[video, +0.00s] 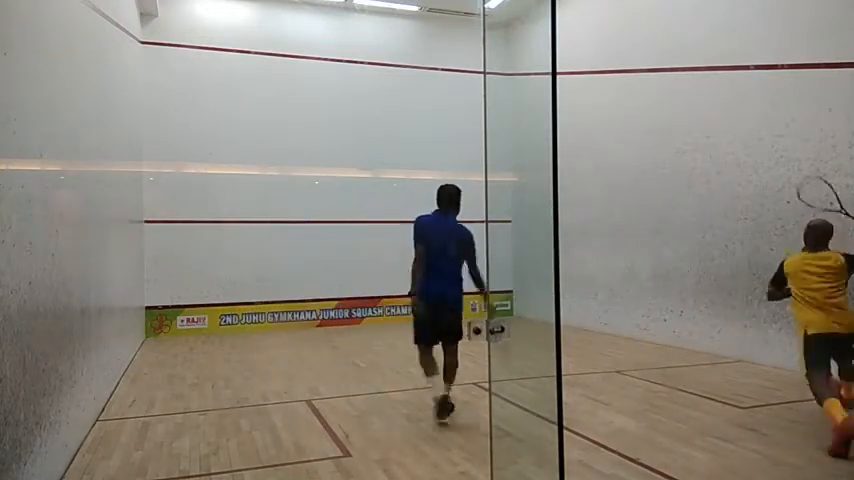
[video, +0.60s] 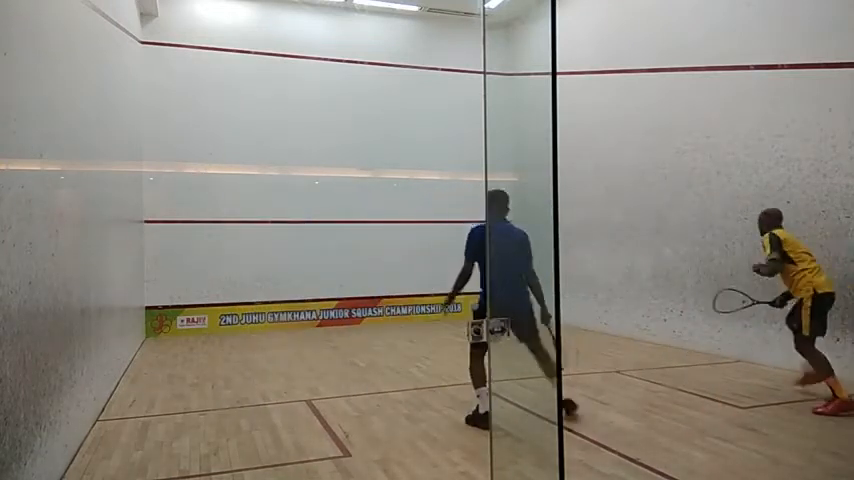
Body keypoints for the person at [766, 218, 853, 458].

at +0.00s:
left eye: (806, 237)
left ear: (804, 239)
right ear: (829, 241)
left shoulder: (791, 264)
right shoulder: (842, 261)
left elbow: (773, 293)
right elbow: (853, 262)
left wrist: (797, 289)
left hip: (815, 333)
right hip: (845, 330)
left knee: (819, 382)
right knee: (847, 366)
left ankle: (841, 422)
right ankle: (847, 400)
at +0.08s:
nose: (806, 243)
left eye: (807, 240)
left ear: (807, 244)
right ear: (830, 246)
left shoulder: (792, 268)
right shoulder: (842, 269)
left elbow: (781, 302)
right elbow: (842, 290)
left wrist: (803, 294)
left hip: (817, 332)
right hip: (845, 330)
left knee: (817, 374)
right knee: (839, 353)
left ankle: (834, 408)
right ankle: (846, 393)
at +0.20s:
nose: (803, 245)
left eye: (804, 243)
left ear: (803, 246)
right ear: (825, 249)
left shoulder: (795, 266)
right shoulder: (832, 266)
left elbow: (786, 301)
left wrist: (806, 293)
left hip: (821, 321)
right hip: (847, 319)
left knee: (803, 365)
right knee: (835, 347)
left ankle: (824, 408)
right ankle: (843, 392)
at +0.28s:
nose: (793, 244)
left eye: (794, 241)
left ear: (795, 242)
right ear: (815, 245)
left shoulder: (795, 259)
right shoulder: (822, 260)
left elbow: (790, 296)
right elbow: (808, 282)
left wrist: (785, 281)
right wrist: (784, 282)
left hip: (824, 309)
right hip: (848, 306)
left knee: (797, 354)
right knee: (837, 343)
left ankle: (808, 400)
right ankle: (843, 390)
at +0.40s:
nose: (780, 232)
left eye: (782, 229)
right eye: (781, 229)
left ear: (786, 232)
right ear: (800, 232)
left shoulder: (789, 247)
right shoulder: (810, 249)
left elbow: (792, 285)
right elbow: (795, 288)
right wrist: (770, 303)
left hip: (824, 296)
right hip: (846, 295)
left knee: (794, 341)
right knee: (834, 338)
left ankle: (805, 394)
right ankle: (842, 391)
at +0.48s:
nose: (768, 226)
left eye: (770, 222)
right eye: (769, 222)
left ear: (776, 222)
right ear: (789, 223)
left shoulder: (781, 235)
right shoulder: (798, 239)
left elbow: (787, 264)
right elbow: (807, 282)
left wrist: (772, 273)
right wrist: (784, 303)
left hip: (818, 289)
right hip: (835, 288)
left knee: (792, 335)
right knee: (815, 328)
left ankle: (824, 390)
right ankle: (837, 378)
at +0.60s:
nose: (759, 226)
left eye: (760, 222)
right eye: (760, 222)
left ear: (765, 222)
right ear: (777, 222)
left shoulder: (772, 236)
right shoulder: (786, 237)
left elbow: (773, 267)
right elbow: (803, 272)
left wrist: (759, 268)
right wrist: (786, 296)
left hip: (814, 292)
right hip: (817, 289)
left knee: (803, 345)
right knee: (793, 322)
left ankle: (841, 397)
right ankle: (817, 370)